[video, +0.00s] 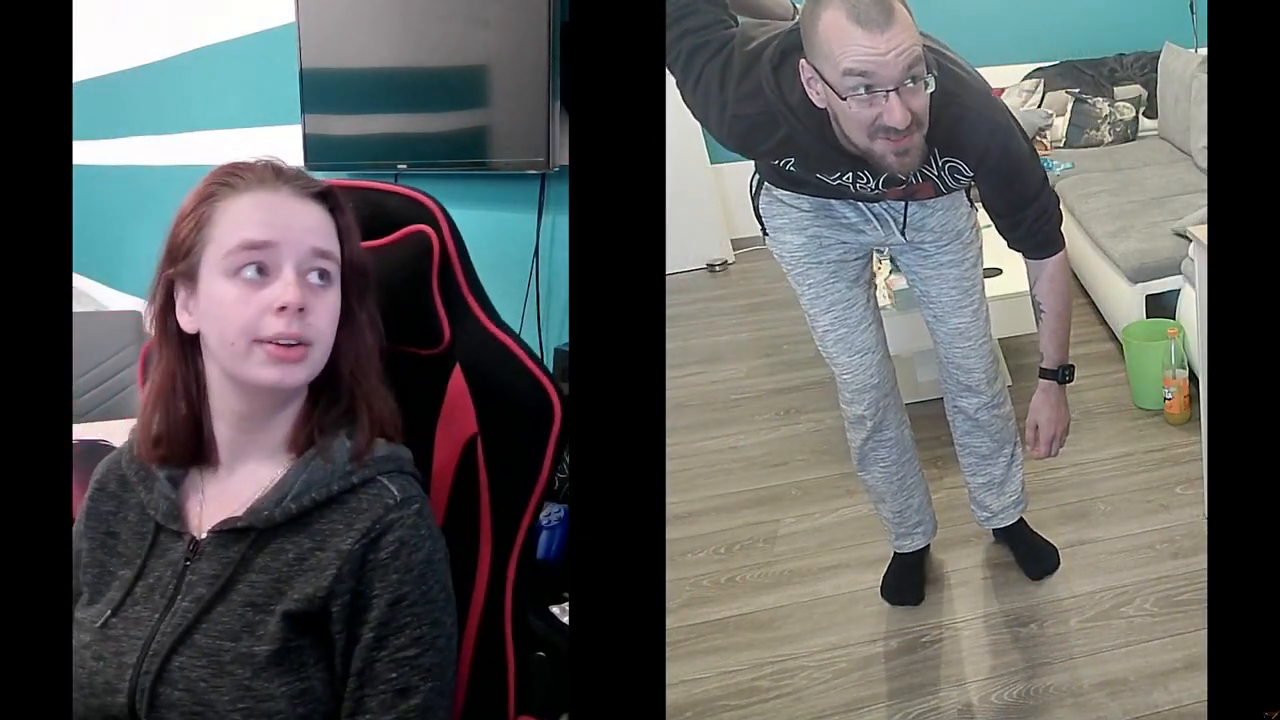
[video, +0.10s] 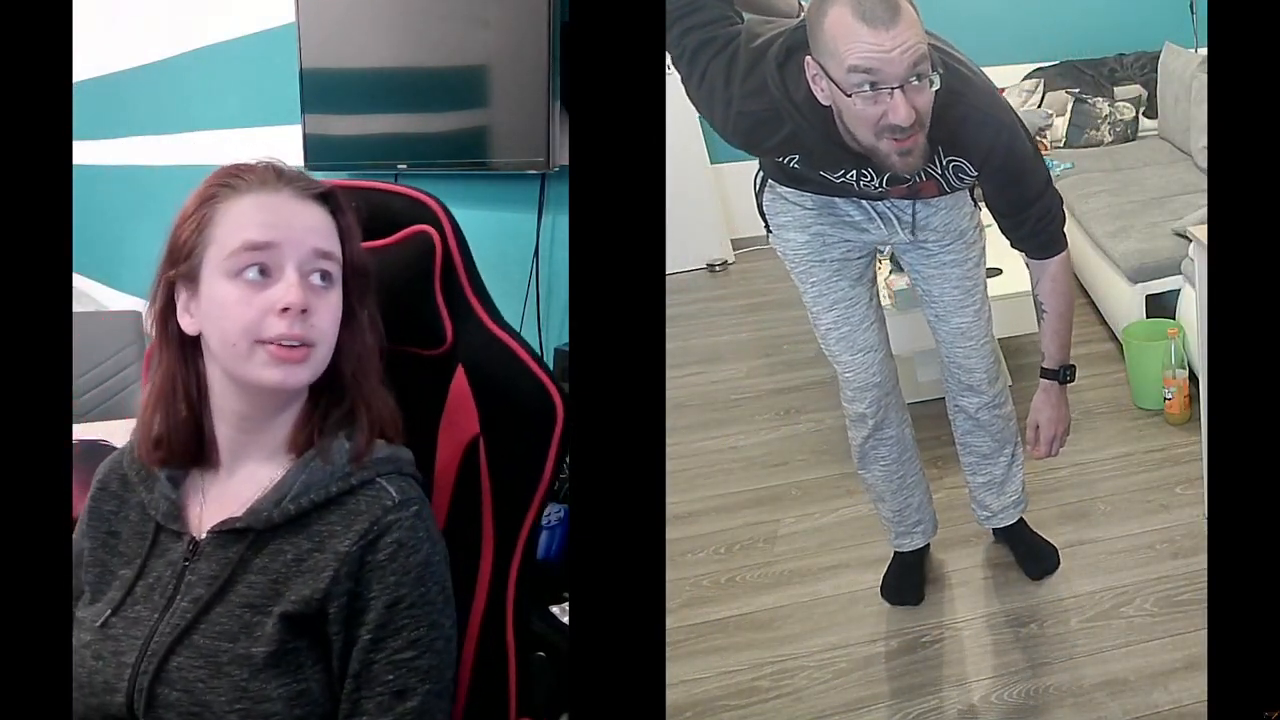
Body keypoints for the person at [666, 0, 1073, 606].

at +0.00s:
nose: (899, 114)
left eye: (911, 80)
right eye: (865, 91)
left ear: (925, 57)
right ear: (813, 84)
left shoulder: (973, 115)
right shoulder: (749, 99)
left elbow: (1045, 241)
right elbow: (682, 13)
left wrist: (1055, 379)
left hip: (936, 197)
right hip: (807, 201)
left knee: (973, 368)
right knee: (864, 388)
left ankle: (1004, 513)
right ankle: (909, 537)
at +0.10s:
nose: (903, 111)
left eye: (916, 78)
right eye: (871, 88)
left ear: (931, 59)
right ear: (818, 81)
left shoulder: (976, 112)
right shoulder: (753, 94)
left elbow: (1047, 239)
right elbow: (686, 12)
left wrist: (1056, 379)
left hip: (940, 197)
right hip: (811, 199)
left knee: (973, 365)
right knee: (866, 386)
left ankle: (1005, 512)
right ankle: (910, 536)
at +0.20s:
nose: (909, 111)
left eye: (924, 79)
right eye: (878, 87)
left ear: (938, 60)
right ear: (826, 80)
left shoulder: (982, 112)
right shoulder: (763, 92)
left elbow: (1051, 240)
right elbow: (686, 10)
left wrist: (1059, 379)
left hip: (946, 195)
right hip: (817, 197)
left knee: (975, 363)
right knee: (868, 382)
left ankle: (1005, 512)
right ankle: (909, 535)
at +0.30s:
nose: (917, 111)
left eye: (933, 80)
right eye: (886, 87)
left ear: (947, 59)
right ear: (835, 77)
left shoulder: (991, 113)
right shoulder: (770, 91)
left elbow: (1057, 242)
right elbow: (692, 6)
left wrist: (1064, 379)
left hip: (950, 193)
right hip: (823, 193)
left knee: (978, 361)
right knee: (871, 378)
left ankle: (1006, 512)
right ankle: (910, 535)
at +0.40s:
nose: (925, 110)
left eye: (943, 81)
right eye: (897, 85)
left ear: (958, 62)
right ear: (846, 73)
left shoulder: (1001, 115)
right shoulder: (779, 85)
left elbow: (1065, 244)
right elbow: (704, 5)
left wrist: (1070, 380)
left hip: (957, 194)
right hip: (830, 192)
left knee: (982, 361)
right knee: (874, 377)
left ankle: (1007, 513)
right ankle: (909, 536)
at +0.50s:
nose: (938, 112)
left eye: (957, 82)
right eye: (910, 85)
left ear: (973, 64)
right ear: (861, 71)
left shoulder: (1012, 120)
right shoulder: (790, 76)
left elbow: (1071, 249)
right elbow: (722, 3)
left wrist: (1077, 385)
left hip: (963, 194)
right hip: (837, 189)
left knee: (985, 362)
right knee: (877, 376)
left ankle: (1007, 513)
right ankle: (909, 534)